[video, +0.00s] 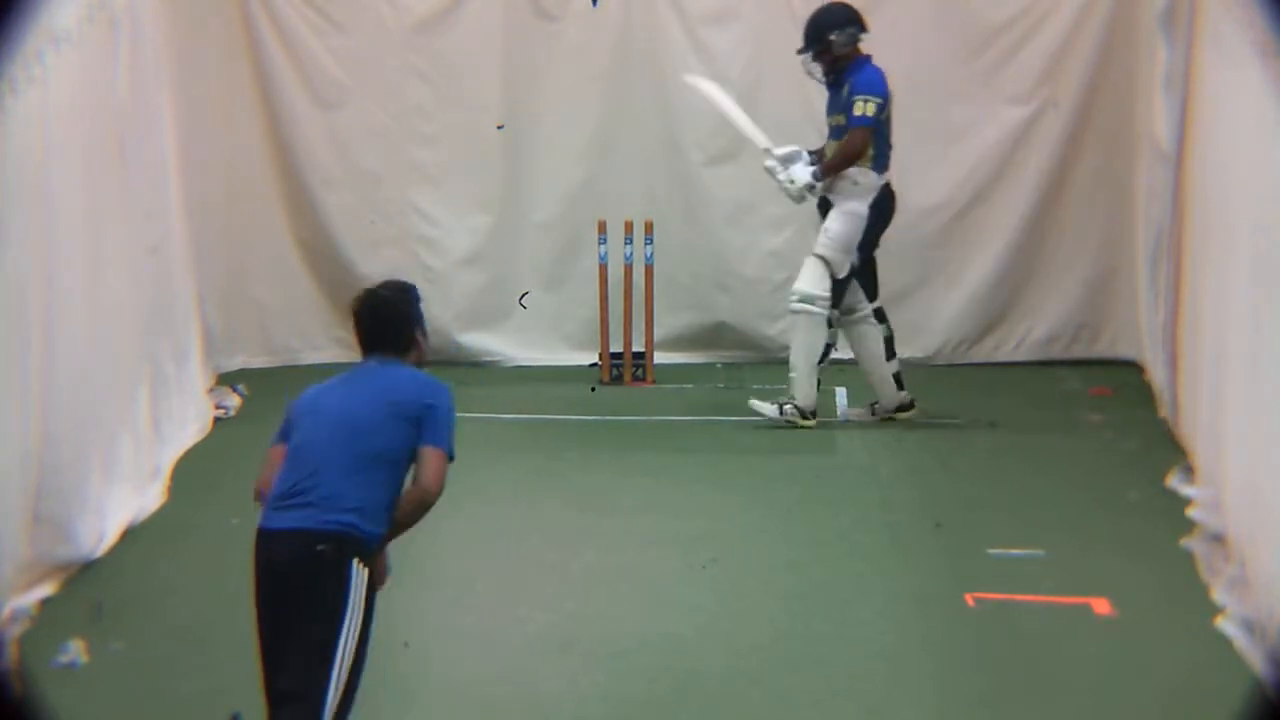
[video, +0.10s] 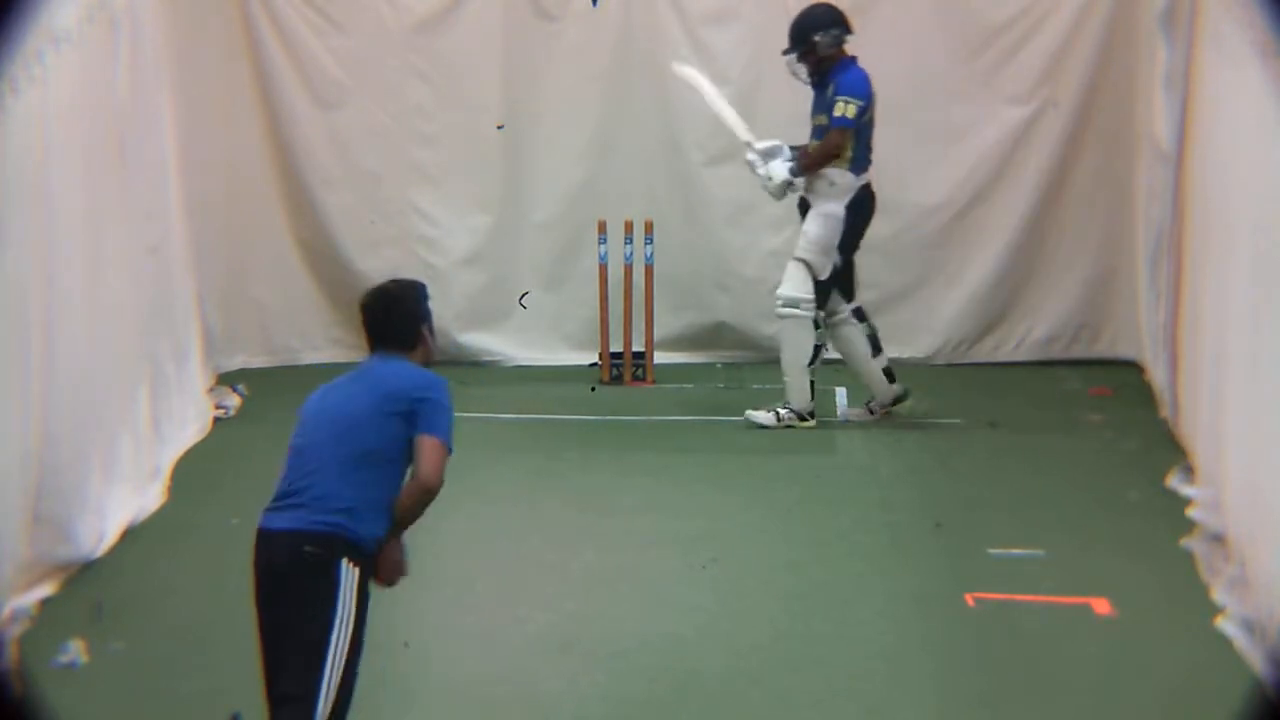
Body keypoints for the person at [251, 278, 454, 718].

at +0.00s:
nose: (428, 334)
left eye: (425, 324)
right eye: (425, 325)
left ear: (361, 338)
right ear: (417, 335)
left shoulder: (312, 395)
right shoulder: (428, 392)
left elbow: (266, 487)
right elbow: (428, 487)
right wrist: (376, 538)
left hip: (273, 544)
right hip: (338, 549)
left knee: (283, 692)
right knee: (323, 697)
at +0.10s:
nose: (435, 331)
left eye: (431, 321)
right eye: (432, 322)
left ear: (370, 335)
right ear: (423, 331)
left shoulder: (331, 389)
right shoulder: (424, 385)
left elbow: (330, 475)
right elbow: (428, 479)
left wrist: (380, 543)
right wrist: (388, 531)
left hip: (273, 543)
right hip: (331, 549)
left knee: (284, 693)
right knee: (319, 698)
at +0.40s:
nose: (453, 329)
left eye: (450, 317)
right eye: (446, 317)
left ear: (418, 323)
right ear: (423, 322)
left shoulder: (402, 389)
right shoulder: (377, 385)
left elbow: (414, 463)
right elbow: (343, 475)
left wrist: (483, 475)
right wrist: (408, 526)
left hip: (345, 573)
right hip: (318, 574)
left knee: (344, 708)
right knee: (323, 711)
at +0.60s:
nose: (446, 337)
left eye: (447, 324)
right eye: (439, 323)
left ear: (404, 320)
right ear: (400, 318)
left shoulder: (421, 394)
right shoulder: (340, 389)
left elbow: (435, 473)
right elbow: (299, 475)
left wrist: (486, 449)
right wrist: (375, 533)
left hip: (398, 584)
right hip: (336, 586)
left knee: (417, 709)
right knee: (347, 712)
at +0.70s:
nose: (448, 339)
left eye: (449, 326)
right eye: (440, 326)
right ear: (398, 319)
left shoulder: (432, 397)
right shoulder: (336, 394)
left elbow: (445, 482)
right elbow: (296, 482)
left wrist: (485, 457)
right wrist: (379, 531)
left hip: (415, 586)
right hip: (343, 590)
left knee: (443, 710)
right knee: (342, 712)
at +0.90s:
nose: (466, 360)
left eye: (469, 347)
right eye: (455, 347)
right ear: (411, 339)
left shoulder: (467, 417)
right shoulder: (352, 417)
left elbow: (483, 503)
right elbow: (317, 513)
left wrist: (508, 488)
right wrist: (401, 554)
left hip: (443, 612)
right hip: (360, 614)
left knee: (463, 712)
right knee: (348, 713)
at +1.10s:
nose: (504, 383)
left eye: (510, 371)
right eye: (494, 368)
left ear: (516, 369)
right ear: (452, 359)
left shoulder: (514, 439)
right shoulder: (394, 434)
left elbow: (529, 534)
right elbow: (351, 526)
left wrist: (548, 524)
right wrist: (417, 599)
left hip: (483, 629)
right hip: (398, 631)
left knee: (491, 711)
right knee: (392, 712)